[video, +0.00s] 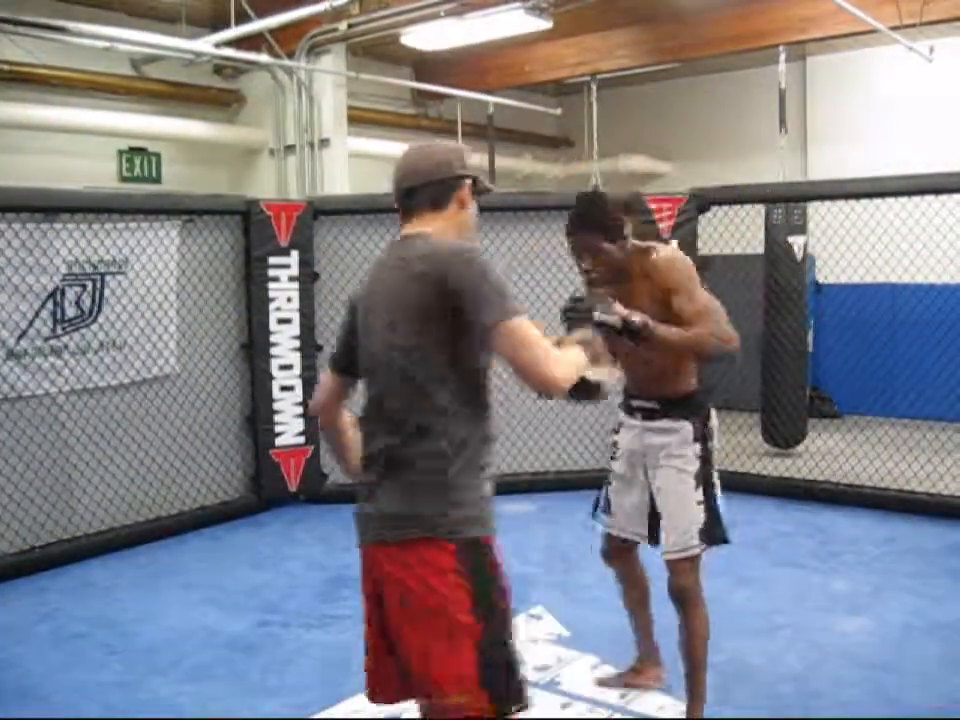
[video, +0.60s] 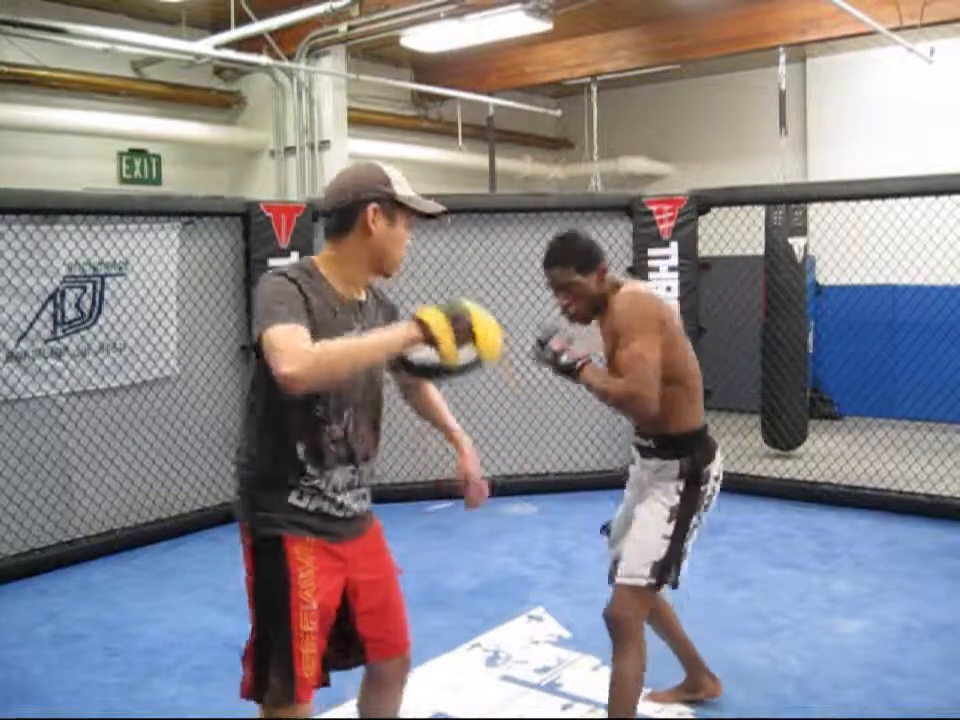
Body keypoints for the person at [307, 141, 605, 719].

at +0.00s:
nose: (475, 214)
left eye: (473, 201)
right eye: (474, 200)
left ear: (404, 205)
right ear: (460, 197)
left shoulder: (375, 281)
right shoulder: (459, 265)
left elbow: (326, 404)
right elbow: (550, 376)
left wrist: (364, 470)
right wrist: (576, 348)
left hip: (385, 533)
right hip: (446, 536)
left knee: (423, 698)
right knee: (471, 703)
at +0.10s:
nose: (458, 218)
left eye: (457, 203)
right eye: (454, 203)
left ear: (387, 207)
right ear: (435, 204)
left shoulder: (354, 289)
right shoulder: (421, 283)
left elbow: (304, 406)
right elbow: (521, 388)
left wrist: (340, 471)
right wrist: (556, 366)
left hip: (366, 534)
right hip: (404, 541)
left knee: (452, 685)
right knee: (435, 701)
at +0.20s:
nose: (439, 238)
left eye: (439, 223)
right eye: (436, 223)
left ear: (367, 223)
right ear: (413, 224)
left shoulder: (340, 293)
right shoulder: (381, 305)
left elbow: (295, 426)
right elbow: (483, 410)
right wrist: (536, 371)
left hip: (381, 554)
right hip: (351, 566)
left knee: (459, 674)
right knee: (365, 708)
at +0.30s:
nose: (418, 256)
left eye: (419, 241)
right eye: (416, 240)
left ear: (375, 242)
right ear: (391, 242)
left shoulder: (334, 311)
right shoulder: (335, 324)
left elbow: (313, 448)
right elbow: (434, 433)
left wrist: (390, 503)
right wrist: (508, 392)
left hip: (355, 549)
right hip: (313, 568)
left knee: (457, 641)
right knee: (332, 709)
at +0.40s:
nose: (412, 248)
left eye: (412, 233)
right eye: (407, 232)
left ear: (371, 234)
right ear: (377, 233)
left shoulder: (346, 312)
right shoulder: (307, 315)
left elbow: (348, 434)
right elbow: (371, 426)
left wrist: (417, 431)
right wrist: (471, 398)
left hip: (352, 538)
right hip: (296, 558)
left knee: (439, 642)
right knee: (308, 708)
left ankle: (407, 716)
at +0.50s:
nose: (410, 240)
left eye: (410, 226)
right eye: (403, 223)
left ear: (369, 225)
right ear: (371, 223)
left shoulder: (368, 306)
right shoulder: (289, 301)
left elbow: (371, 396)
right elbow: (321, 401)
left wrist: (426, 412)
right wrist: (443, 380)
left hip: (358, 527)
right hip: (292, 540)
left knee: (405, 663)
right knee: (290, 700)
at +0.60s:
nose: (409, 242)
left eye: (411, 229)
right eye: (406, 227)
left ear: (371, 223)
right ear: (371, 220)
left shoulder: (377, 301)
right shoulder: (282, 285)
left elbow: (414, 379)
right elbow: (293, 367)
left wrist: (462, 442)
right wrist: (405, 337)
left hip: (354, 512)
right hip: (288, 518)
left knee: (390, 663)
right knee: (289, 694)